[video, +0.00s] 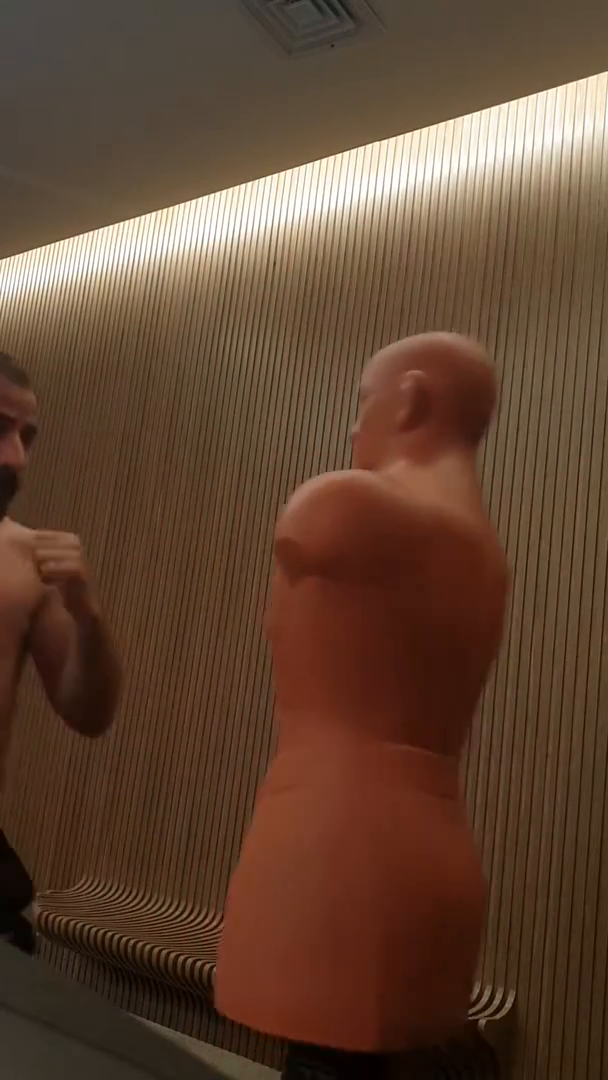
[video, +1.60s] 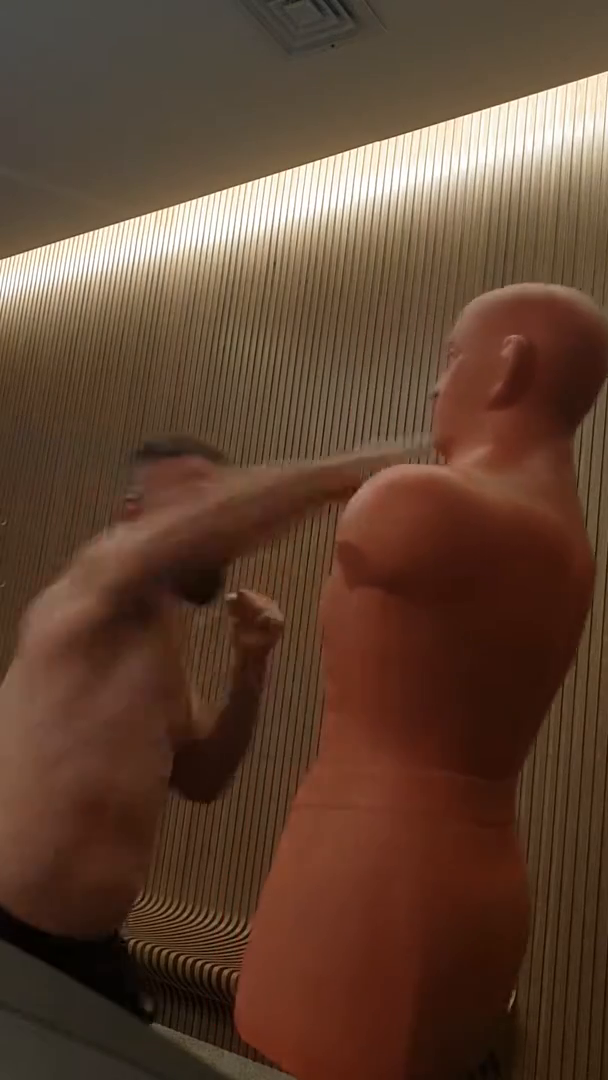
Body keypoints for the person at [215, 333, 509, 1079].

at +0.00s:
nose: (356, 421)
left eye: (364, 401)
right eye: (359, 403)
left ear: (412, 402)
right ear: (474, 425)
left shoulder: (337, 507)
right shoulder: (485, 549)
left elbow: (297, 532)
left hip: (332, 854)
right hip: (435, 847)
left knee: (315, 1062)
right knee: (415, 1062)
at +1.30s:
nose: (356, 401)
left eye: (366, 376)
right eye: (359, 379)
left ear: (417, 378)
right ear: (479, 401)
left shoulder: (344, 503)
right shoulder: (491, 542)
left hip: (334, 858)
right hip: (436, 850)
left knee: (312, 1063)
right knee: (401, 1063)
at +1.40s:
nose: (354, 406)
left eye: (362, 383)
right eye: (355, 386)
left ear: (410, 381)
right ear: (474, 403)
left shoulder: (344, 503)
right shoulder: (484, 536)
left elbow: (295, 526)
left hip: (335, 859)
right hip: (432, 848)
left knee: (320, 1063)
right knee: (395, 1063)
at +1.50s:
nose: (417, 394)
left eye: (429, 368)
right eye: (421, 370)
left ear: (481, 374)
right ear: (538, 395)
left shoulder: (401, 500)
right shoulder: (541, 540)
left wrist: (294, 556)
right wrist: (309, 570)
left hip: (363, 871)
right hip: (465, 863)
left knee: (322, 1062)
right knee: (412, 1066)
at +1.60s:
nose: (437, 388)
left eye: (452, 360)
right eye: (443, 362)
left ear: (507, 371)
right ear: (564, 397)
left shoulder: (413, 508)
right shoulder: (568, 552)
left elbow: (360, 541)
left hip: (367, 891)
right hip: (473, 882)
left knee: (315, 1064)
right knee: (427, 1067)